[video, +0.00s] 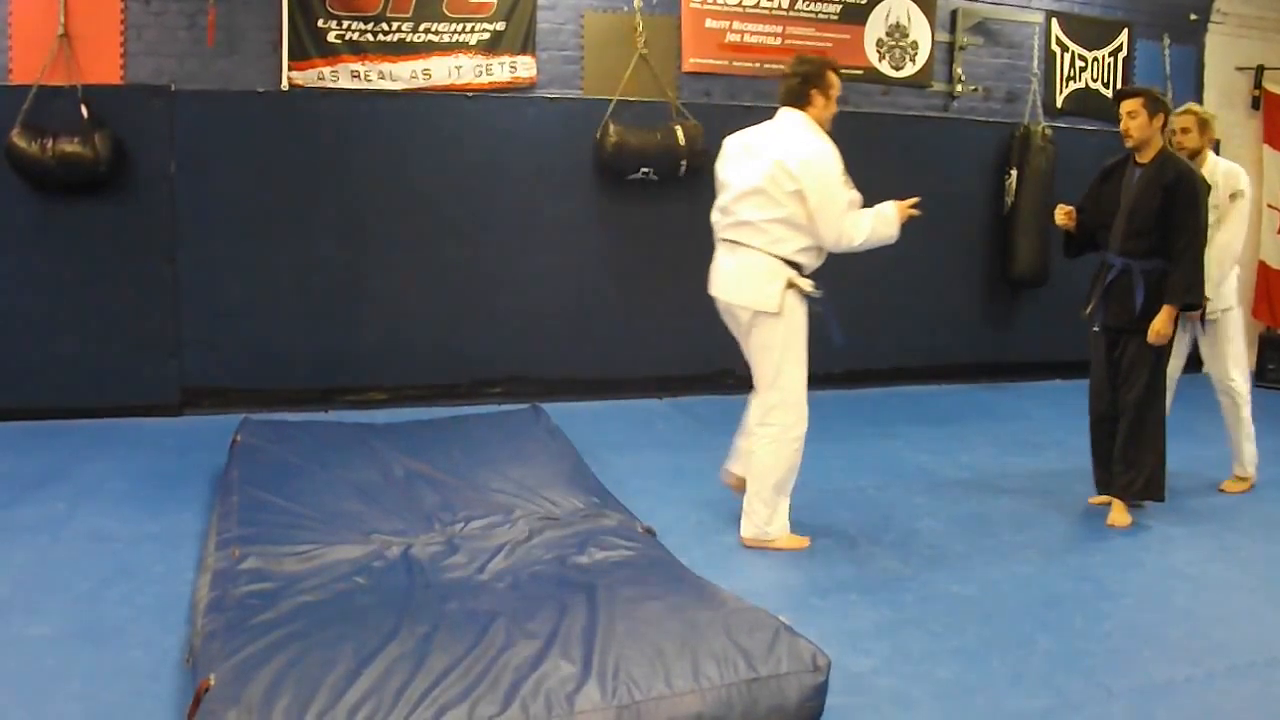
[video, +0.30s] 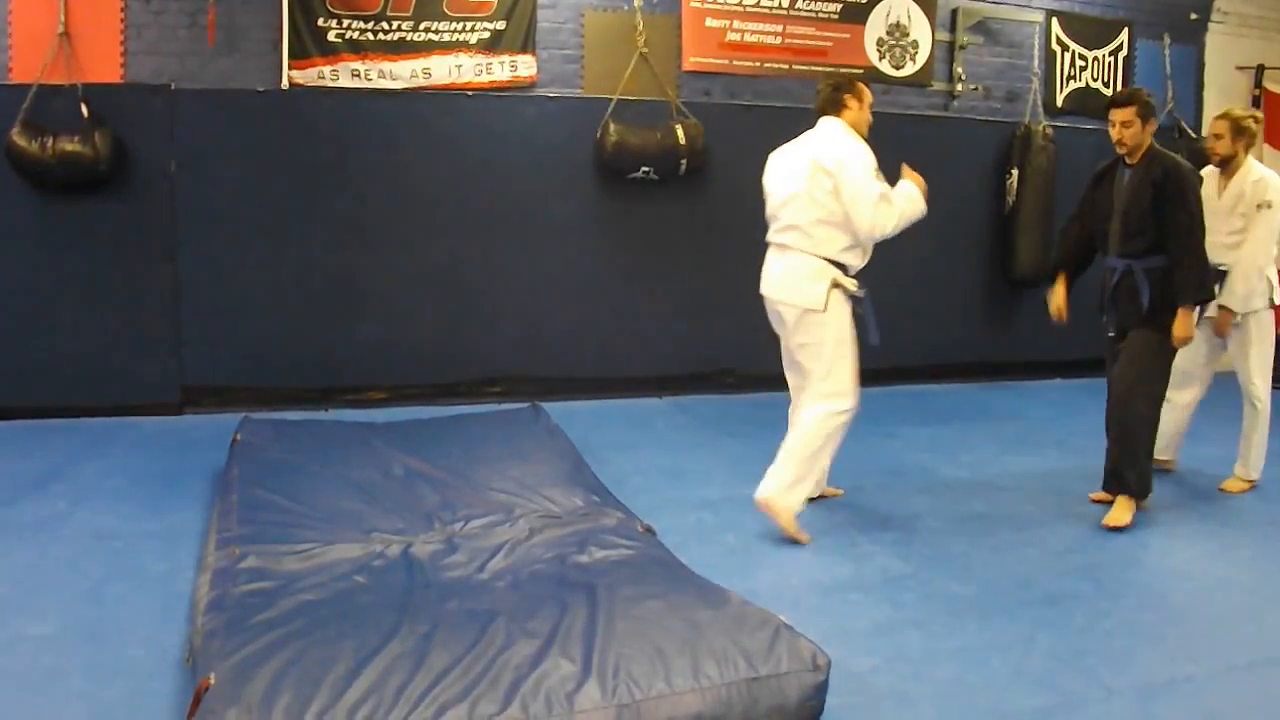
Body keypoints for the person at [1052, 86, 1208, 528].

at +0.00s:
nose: (1124, 125)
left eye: (1132, 117)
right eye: (1121, 118)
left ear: (1159, 121)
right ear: (1122, 124)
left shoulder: (1184, 180)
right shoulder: (1113, 172)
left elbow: (1189, 252)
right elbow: (1090, 234)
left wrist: (1170, 309)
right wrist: (1072, 223)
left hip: (1151, 301)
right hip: (1109, 295)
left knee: (1137, 399)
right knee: (1104, 396)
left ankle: (1125, 496)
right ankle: (1109, 485)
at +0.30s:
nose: (1118, 133)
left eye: (1127, 125)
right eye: (1113, 125)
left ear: (1149, 126)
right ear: (1110, 127)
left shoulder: (1175, 174)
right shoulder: (1109, 173)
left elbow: (1189, 244)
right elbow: (1083, 226)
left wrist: (1187, 308)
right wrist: (1062, 276)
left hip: (1159, 298)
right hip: (1118, 295)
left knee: (1133, 388)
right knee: (1119, 388)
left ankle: (1130, 494)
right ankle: (1115, 482)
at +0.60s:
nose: (1110, 149)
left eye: (1119, 140)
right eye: (1104, 140)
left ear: (1140, 139)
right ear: (1096, 140)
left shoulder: (1163, 190)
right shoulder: (1086, 187)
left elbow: (1186, 262)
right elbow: (1071, 250)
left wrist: (1198, 330)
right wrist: (1071, 306)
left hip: (1140, 308)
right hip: (1093, 308)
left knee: (1124, 407)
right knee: (1106, 404)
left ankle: (1120, 519)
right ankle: (1126, 486)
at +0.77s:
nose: (1111, 157)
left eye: (1121, 148)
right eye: (1105, 147)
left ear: (1142, 148)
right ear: (1096, 145)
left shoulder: (1162, 204)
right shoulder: (1070, 187)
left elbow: (1176, 277)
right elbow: (1038, 245)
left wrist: (1173, 343)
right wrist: (1031, 305)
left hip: (1122, 324)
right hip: (1066, 318)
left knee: (1110, 430)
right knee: (1051, 422)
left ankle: (1119, 534)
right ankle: (1095, 464)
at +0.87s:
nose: (1107, 164)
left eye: (1117, 154)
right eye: (1100, 152)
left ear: (1134, 153)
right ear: (1089, 149)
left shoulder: (1151, 209)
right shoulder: (1057, 189)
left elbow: (1161, 284)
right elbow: (1017, 250)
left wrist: (1153, 348)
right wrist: (1000, 315)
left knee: (1105, 439)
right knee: (1018, 426)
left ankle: (1120, 537)